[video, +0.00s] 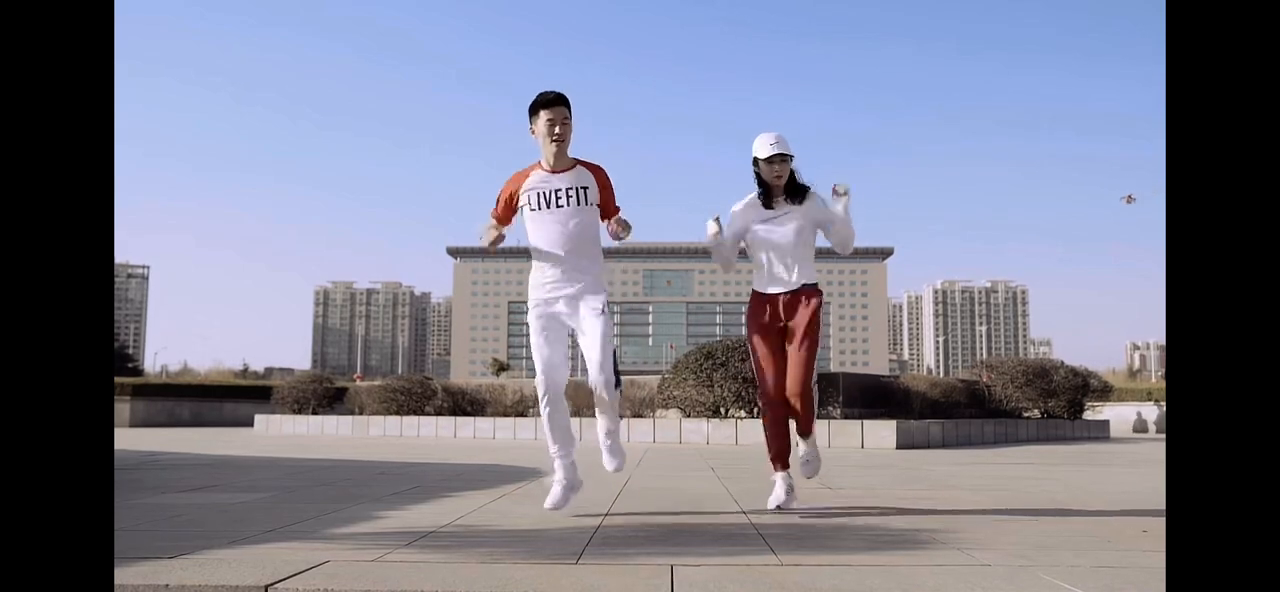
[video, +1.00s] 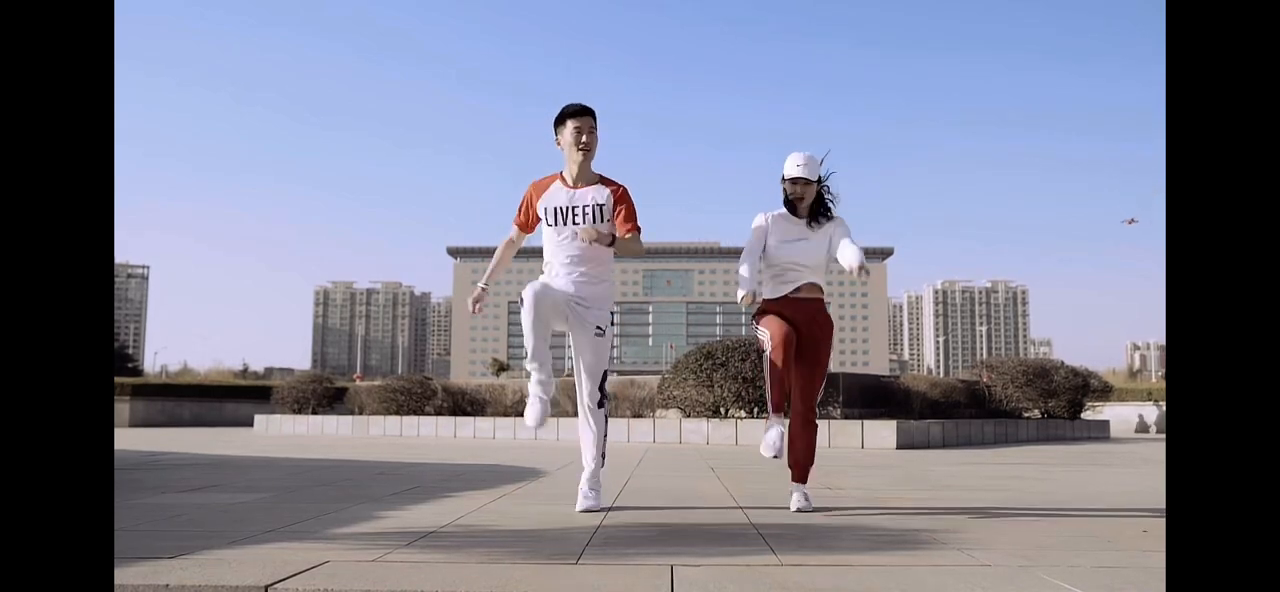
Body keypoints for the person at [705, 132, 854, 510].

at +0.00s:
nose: (778, 167)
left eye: (783, 160)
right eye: (770, 161)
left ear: (792, 162)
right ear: (757, 166)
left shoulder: (810, 202)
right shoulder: (745, 210)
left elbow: (844, 245)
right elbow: (727, 263)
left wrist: (842, 209)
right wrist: (716, 241)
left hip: (804, 299)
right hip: (763, 302)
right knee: (770, 393)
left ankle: (806, 439)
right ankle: (780, 477)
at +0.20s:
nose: (776, 179)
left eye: (782, 173)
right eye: (768, 173)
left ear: (791, 178)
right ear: (757, 180)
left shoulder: (812, 216)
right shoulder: (750, 226)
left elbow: (851, 248)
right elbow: (726, 271)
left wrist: (845, 205)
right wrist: (711, 238)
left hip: (804, 316)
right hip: (763, 319)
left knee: (805, 399)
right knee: (771, 406)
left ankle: (815, 440)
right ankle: (784, 495)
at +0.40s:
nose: (785, 182)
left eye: (792, 175)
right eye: (779, 175)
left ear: (802, 179)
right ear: (768, 179)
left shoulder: (817, 216)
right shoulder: (758, 218)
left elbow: (837, 224)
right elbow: (741, 233)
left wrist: (845, 212)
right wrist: (736, 226)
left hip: (809, 308)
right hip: (767, 313)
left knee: (787, 343)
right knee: (777, 406)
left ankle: (804, 427)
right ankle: (790, 486)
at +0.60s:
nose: (794, 174)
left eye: (801, 168)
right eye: (788, 167)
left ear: (811, 173)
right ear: (776, 170)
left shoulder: (823, 214)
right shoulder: (757, 211)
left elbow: (835, 267)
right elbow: (739, 266)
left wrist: (840, 317)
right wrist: (728, 315)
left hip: (812, 303)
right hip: (771, 305)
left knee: (790, 374)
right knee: (774, 389)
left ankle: (794, 459)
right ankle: (789, 481)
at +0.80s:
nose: (799, 181)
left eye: (806, 176)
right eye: (792, 174)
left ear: (815, 183)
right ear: (782, 180)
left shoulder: (828, 228)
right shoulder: (759, 223)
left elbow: (829, 274)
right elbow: (747, 266)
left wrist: (825, 313)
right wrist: (738, 281)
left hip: (814, 324)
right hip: (772, 324)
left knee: (802, 405)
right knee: (778, 406)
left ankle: (800, 487)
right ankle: (790, 480)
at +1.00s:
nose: (798, 190)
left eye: (805, 183)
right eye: (792, 183)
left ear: (817, 185)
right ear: (784, 184)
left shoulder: (831, 224)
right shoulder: (766, 222)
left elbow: (844, 245)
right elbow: (750, 258)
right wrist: (746, 284)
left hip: (814, 314)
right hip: (773, 310)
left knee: (805, 407)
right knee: (780, 338)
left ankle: (799, 488)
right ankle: (776, 419)